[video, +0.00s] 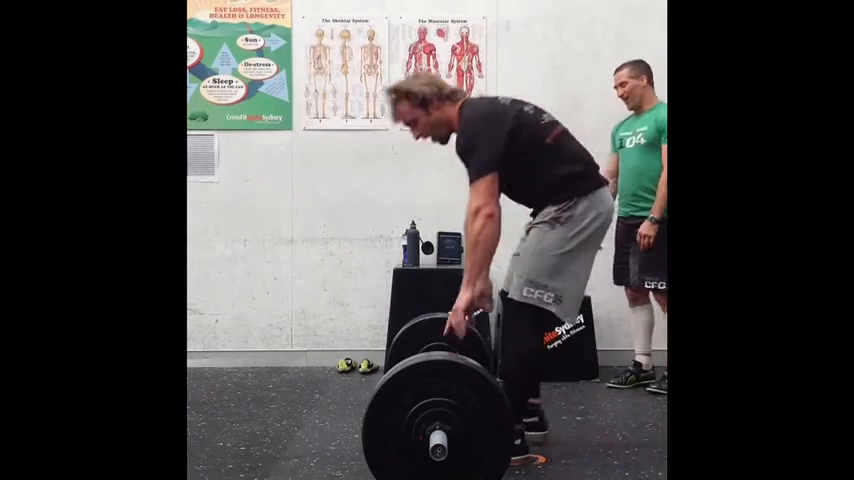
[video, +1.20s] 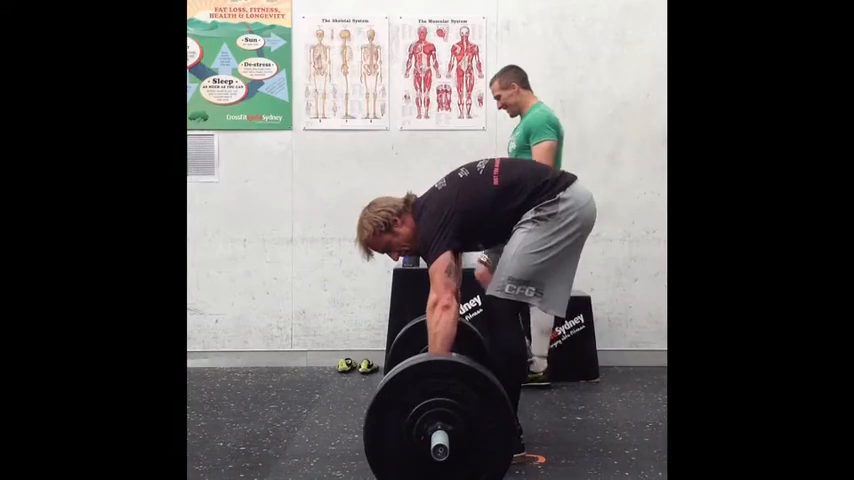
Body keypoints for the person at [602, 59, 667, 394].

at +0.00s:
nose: (619, 92)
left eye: (623, 84)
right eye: (616, 87)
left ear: (644, 81)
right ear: (621, 89)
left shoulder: (663, 116)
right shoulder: (621, 128)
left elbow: (666, 171)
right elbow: (611, 175)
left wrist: (654, 218)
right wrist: (583, 198)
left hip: (658, 218)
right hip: (628, 218)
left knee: (661, 293)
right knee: (635, 292)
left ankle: (666, 371)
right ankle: (642, 366)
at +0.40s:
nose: (619, 97)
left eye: (621, 90)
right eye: (617, 92)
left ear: (642, 82)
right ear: (631, 86)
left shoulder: (664, 119)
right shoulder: (630, 124)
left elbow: (668, 175)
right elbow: (623, 174)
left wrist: (669, 229)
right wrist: (607, 217)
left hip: (657, 224)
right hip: (627, 220)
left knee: (664, 295)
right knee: (614, 286)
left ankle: (669, 373)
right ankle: (615, 364)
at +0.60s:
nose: (597, 102)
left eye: (600, 94)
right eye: (595, 96)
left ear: (618, 87)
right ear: (613, 89)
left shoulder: (649, 123)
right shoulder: (612, 128)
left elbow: (657, 180)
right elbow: (610, 179)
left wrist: (651, 230)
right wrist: (601, 222)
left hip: (643, 228)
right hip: (612, 225)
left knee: (659, 299)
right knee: (591, 289)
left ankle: (669, 371)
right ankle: (566, 359)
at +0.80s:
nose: (560, 109)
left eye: (562, 102)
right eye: (558, 104)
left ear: (579, 93)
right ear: (576, 95)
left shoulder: (612, 125)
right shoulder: (580, 134)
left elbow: (619, 181)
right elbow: (585, 184)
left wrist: (605, 229)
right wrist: (576, 227)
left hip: (618, 227)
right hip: (589, 226)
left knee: (641, 296)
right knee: (571, 292)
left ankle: (668, 364)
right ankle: (543, 365)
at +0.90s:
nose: (540, 109)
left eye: (541, 101)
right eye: (538, 103)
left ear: (558, 92)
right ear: (554, 94)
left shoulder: (589, 123)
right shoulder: (562, 130)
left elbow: (597, 176)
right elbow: (563, 179)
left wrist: (582, 226)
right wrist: (554, 219)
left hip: (595, 224)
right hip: (570, 225)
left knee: (610, 295)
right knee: (558, 292)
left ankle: (662, 357)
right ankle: (538, 366)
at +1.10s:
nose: (511, 106)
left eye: (512, 98)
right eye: (508, 100)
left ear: (528, 89)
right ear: (526, 90)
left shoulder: (556, 119)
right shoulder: (539, 122)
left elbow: (560, 175)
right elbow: (536, 172)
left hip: (555, 216)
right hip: (541, 216)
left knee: (542, 287)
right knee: (539, 287)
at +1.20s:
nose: (498, 104)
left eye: (499, 97)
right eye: (496, 99)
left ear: (516, 88)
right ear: (512, 89)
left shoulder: (541, 120)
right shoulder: (526, 122)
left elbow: (543, 179)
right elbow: (521, 174)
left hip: (546, 218)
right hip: (530, 217)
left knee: (539, 289)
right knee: (528, 287)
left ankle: (537, 364)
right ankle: (528, 362)